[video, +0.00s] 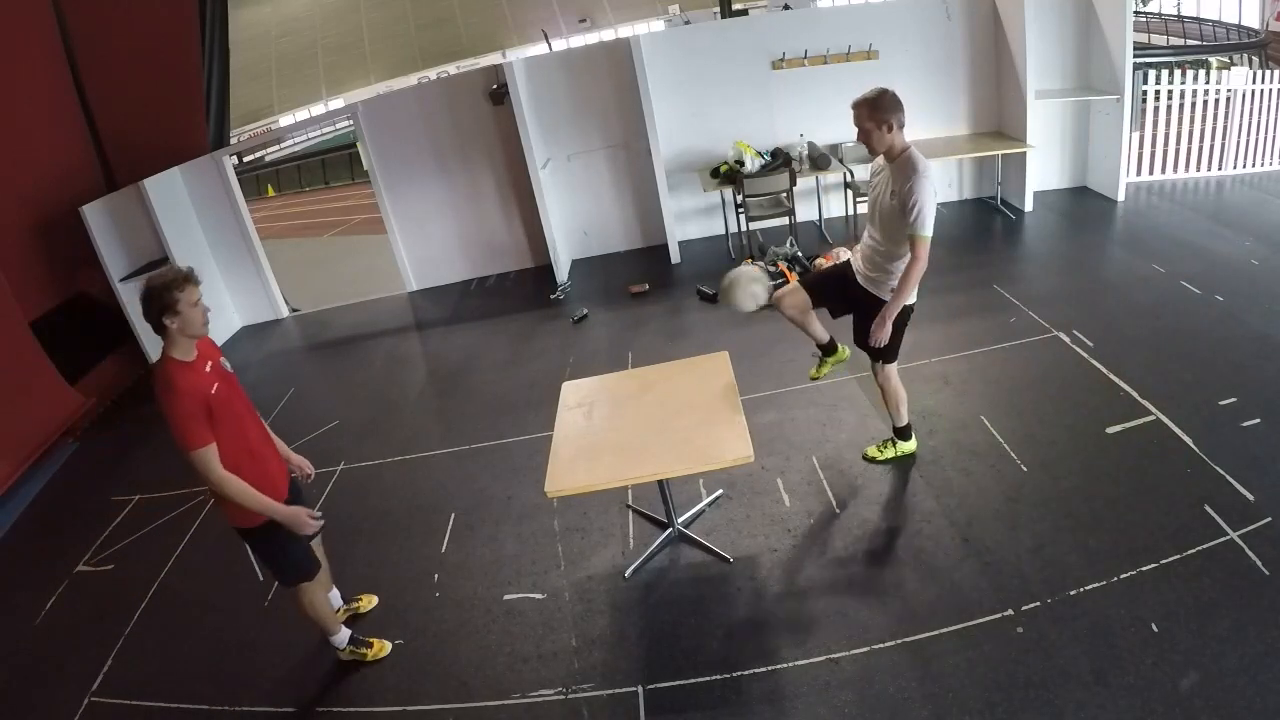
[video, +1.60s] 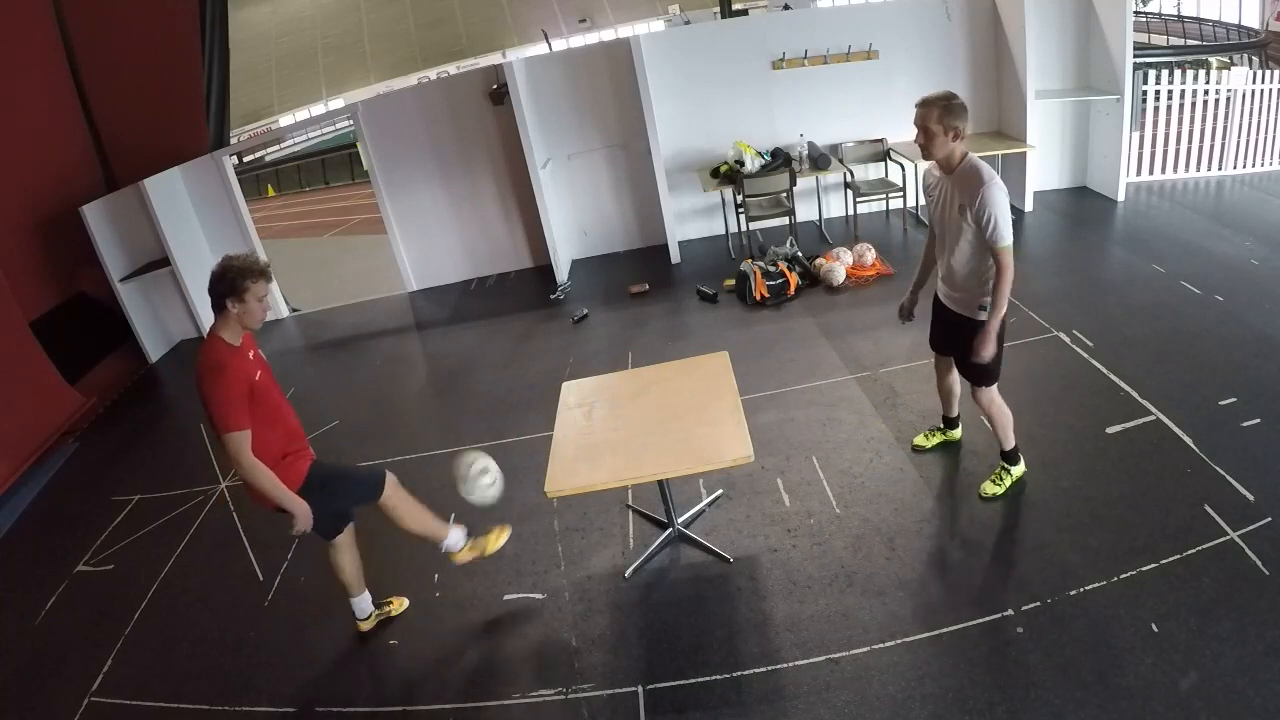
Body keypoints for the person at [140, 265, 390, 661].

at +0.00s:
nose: (206, 308)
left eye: (202, 300)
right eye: (196, 304)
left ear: (176, 318)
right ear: (170, 321)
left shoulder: (203, 347)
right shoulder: (176, 385)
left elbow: (244, 412)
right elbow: (214, 475)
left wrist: (284, 452)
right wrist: (283, 513)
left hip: (276, 477)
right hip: (254, 507)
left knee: (312, 541)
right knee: (305, 574)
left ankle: (335, 606)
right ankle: (342, 642)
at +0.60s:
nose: (257, 313)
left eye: (257, 304)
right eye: (251, 306)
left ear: (227, 308)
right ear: (222, 309)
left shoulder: (238, 343)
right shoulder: (206, 372)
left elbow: (257, 412)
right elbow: (226, 465)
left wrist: (288, 448)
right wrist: (279, 518)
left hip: (286, 480)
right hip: (263, 505)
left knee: (328, 557)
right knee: (317, 572)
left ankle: (343, 625)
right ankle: (304, 636)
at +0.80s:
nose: (272, 326)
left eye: (274, 317)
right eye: (267, 317)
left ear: (245, 313)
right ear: (237, 314)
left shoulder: (249, 347)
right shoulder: (213, 369)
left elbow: (256, 423)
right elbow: (220, 466)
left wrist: (280, 474)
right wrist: (266, 522)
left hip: (283, 484)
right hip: (262, 506)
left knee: (326, 551)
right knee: (321, 569)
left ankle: (349, 625)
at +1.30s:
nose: (260, 303)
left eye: (258, 294)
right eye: (251, 297)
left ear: (227, 303)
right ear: (222, 304)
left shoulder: (236, 338)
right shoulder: (220, 366)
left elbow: (263, 417)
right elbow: (242, 458)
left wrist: (298, 468)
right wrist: (296, 506)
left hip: (299, 477)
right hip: (288, 496)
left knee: (345, 545)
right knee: (347, 554)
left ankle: (365, 610)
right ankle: (366, 635)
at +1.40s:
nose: (259, 303)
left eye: (257, 294)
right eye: (251, 297)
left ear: (228, 305)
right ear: (222, 305)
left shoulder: (234, 339)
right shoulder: (219, 365)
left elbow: (257, 416)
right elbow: (238, 455)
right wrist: (297, 504)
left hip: (297, 472)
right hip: (290, 487)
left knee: (337, 537)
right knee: (373, 522)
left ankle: (364, 610)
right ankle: (378, 607)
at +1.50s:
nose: (262, 306)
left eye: (260, 296)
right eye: (254, 299)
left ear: (231, 306)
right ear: (226, 307)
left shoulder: (237, 341)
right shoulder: (219, 368)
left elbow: (259, 417)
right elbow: (239, 458)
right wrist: (296, 507)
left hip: (299, 470)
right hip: (292, 486)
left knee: (339, 532)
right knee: (384, 498)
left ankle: (366, 614)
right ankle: (416, 582)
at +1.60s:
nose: (267, 308)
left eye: (266, 298)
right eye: (259, 301)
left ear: (236, 305)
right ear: (231, 306)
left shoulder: (241, 340)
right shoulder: (220, 366)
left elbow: (260, 410)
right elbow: (240, 455)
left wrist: (297, 455)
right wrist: (294, 504)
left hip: (297, 464)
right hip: (287, 481)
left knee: (338, 528)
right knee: (382, 484)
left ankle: (366, 614)